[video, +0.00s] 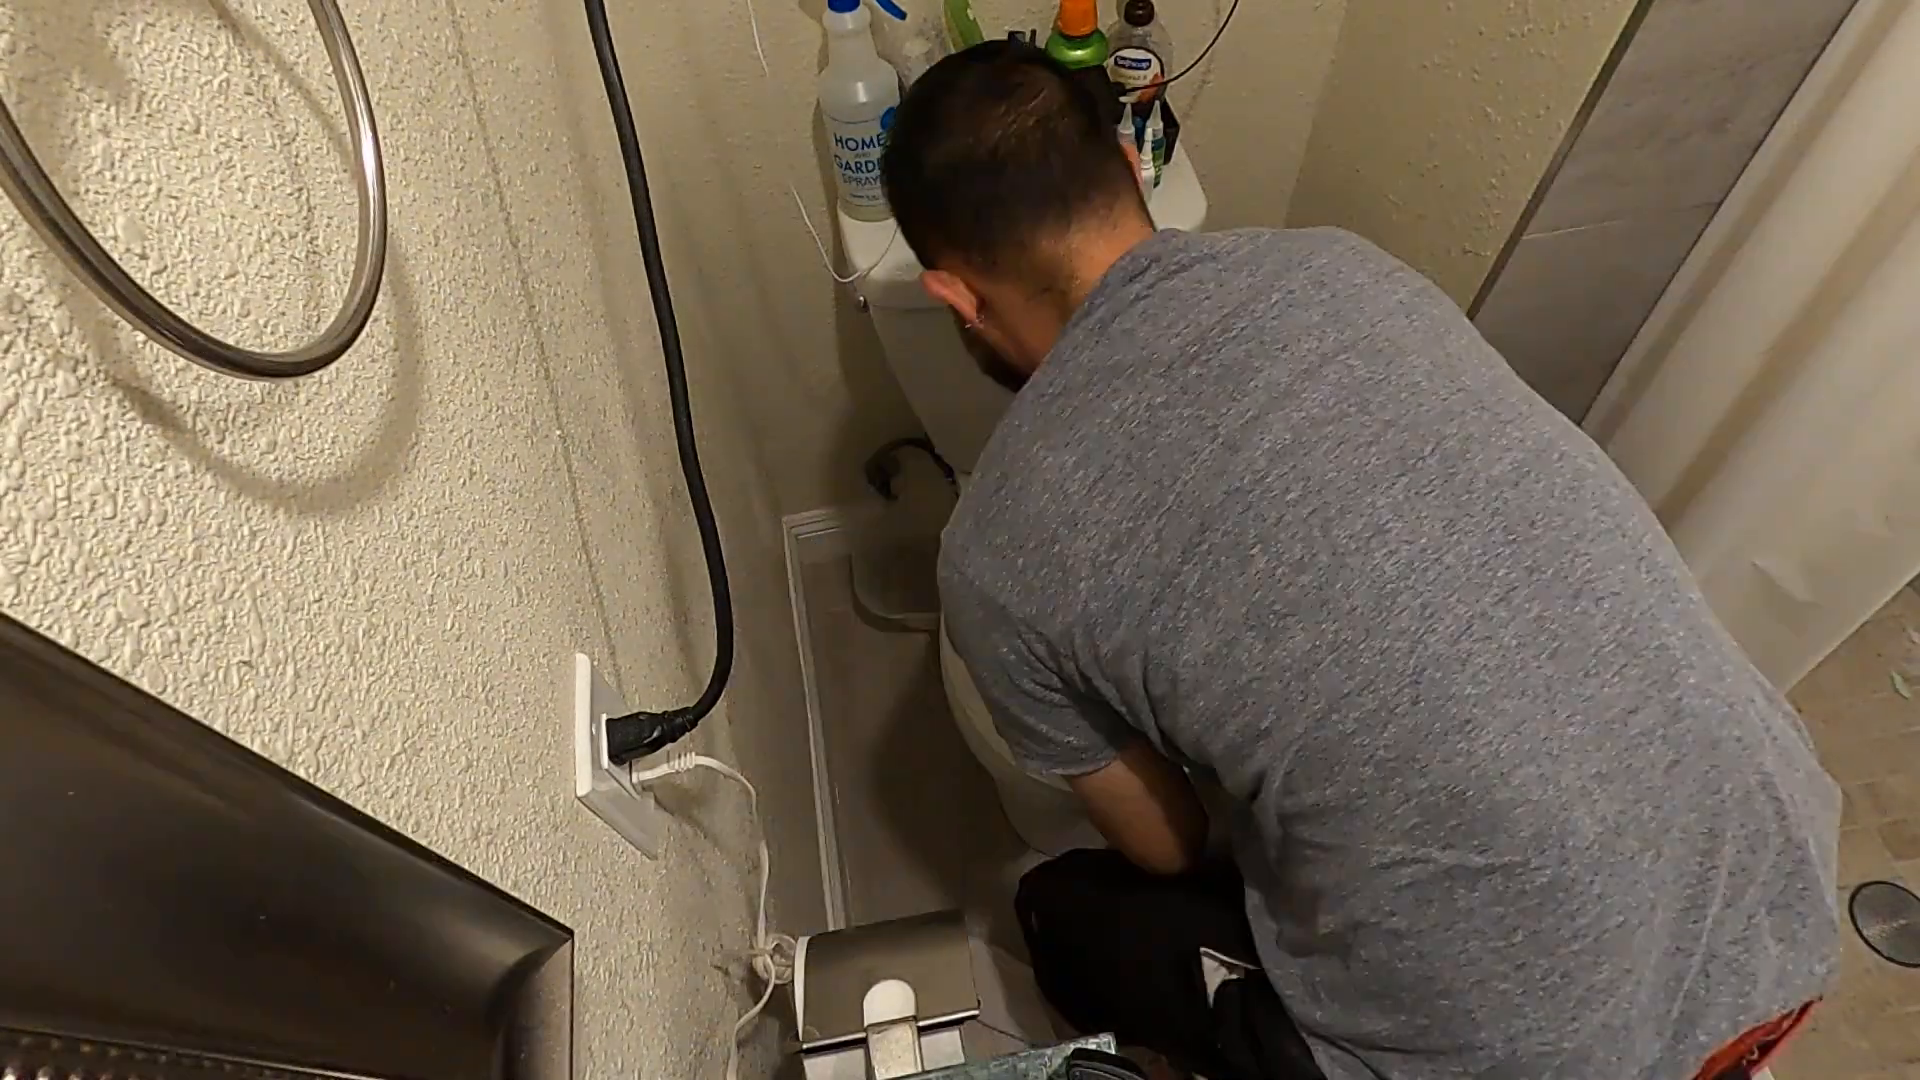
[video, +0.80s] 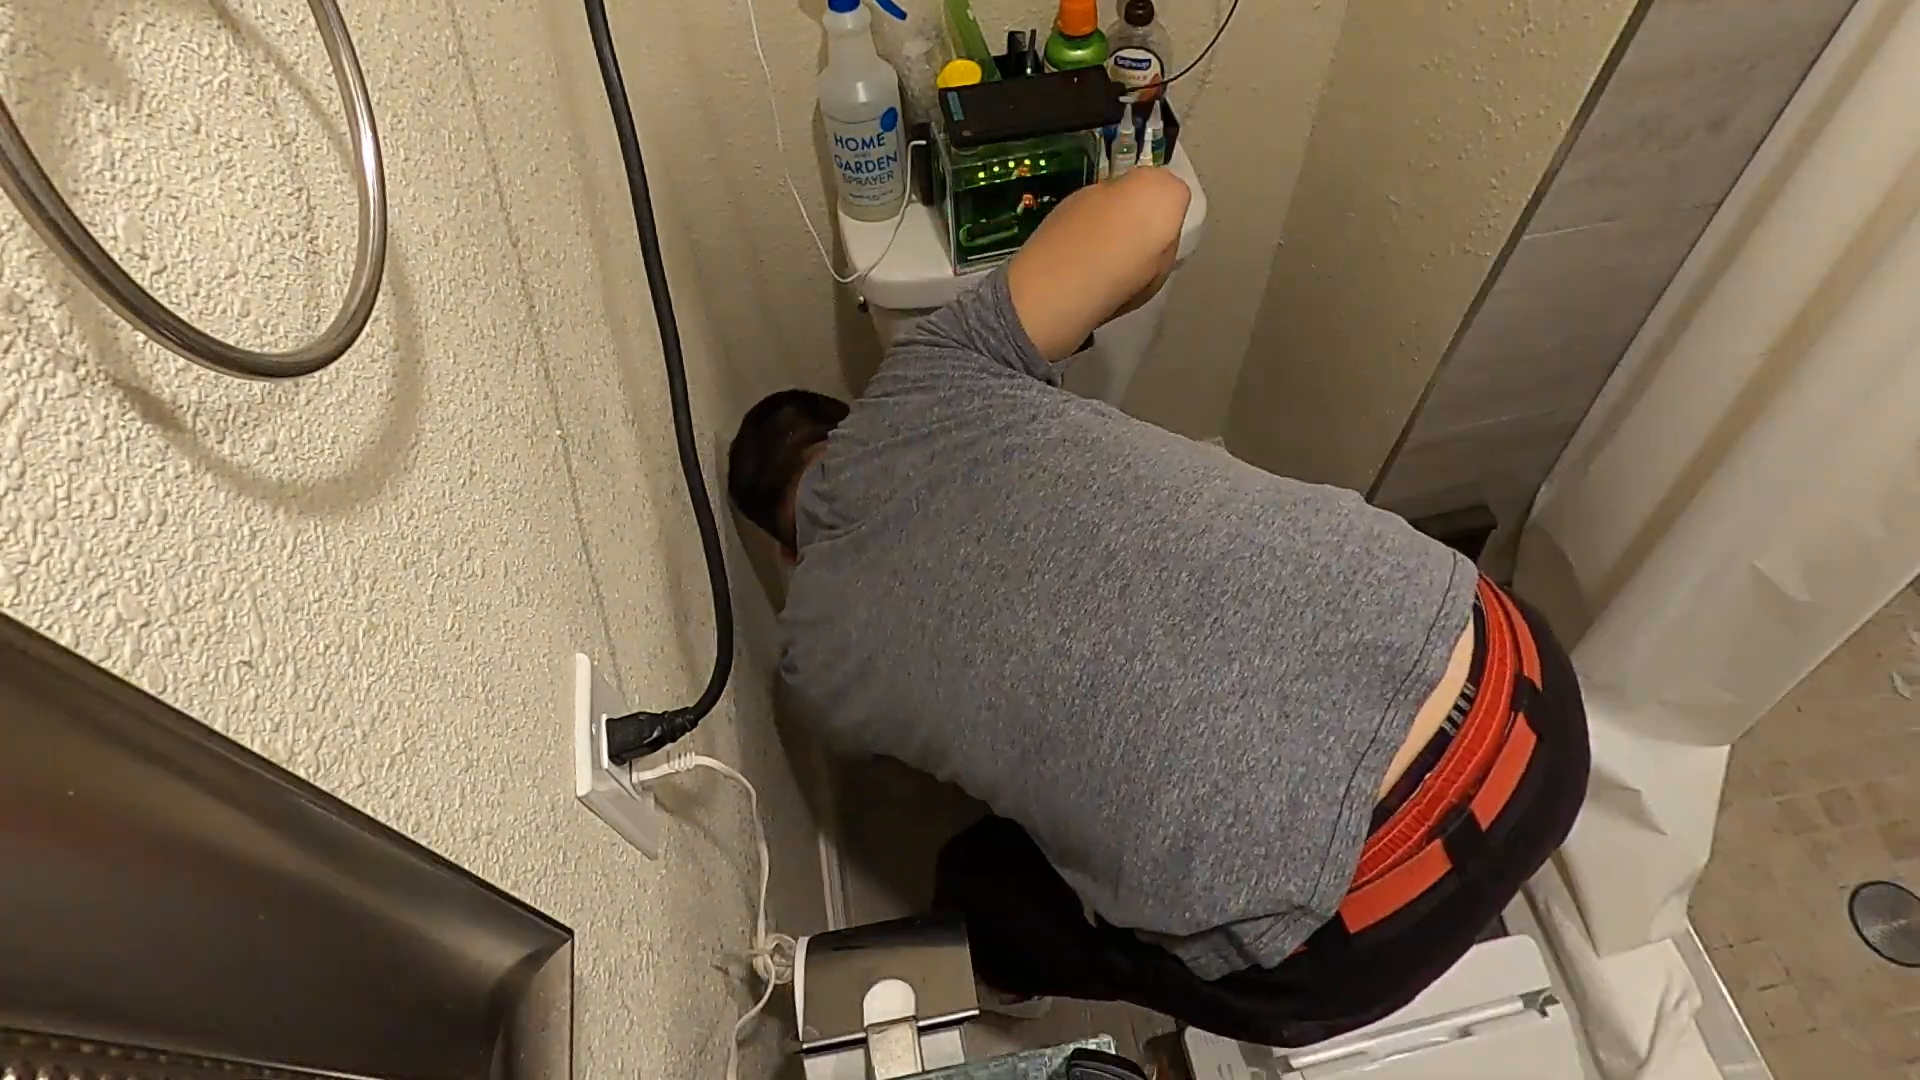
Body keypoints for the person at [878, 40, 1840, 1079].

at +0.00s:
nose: (958, 316)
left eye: (941, 291)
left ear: (956, 293)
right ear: (1131, 171)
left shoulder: (1001, 546)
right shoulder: (1349, 262)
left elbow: (1168, 848)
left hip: (1519, 1055)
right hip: (1787, 937)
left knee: (1063, 904)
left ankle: (1184, 1065)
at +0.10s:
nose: (1177, 243)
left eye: (1164, 217)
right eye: (1163, 221)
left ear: (1199, 181)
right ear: (1357, 102)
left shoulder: (1172, 341)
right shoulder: (1603, 205)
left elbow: (1069, 642)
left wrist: (1008, 549)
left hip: (1581, 1029)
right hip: (1886, 924)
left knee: (1221, 953)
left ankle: (1143, 1042)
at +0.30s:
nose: (1254, 343)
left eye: (1242, 314)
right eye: (1240, 316)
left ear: (1287, 330)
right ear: (1503, 193)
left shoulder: (1479, 672)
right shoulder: (1630, 240)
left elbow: (1678, 1049)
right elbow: (1460, 316)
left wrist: (1503, 946)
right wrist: (1287, 366)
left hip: (1893, 982)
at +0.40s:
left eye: (798, 402)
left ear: (808, 412)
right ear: (928, 213)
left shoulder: (949, 614)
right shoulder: (1092, 137)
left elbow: (1107, 785)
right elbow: (1159, 100)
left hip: (1679, 891)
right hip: (1798, 631)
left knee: (1203, 949)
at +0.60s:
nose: (1000, 379)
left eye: (986, 361)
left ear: (1000, 351)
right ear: (1162, 208)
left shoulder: (1024, 489)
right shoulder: (1429, 253)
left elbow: (1093, 719)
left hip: (1590, 1059)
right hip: (1908, 972)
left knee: (1142, 936)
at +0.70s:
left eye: (772, 532)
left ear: (772, 534)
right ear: (841, 408)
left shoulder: (811, 672)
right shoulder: (930, 368)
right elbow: (1140, 192)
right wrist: (1058, 302)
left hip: (1366, 940)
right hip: (1535, 726)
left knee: (981, 880)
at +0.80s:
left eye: (777, 542)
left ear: (779, 537)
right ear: (847, 408)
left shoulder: (821, 671)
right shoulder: (936, 368)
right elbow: (1152, 203)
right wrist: (1134, 258)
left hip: (1365, 942)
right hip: (1539, 731)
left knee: (977, 877)